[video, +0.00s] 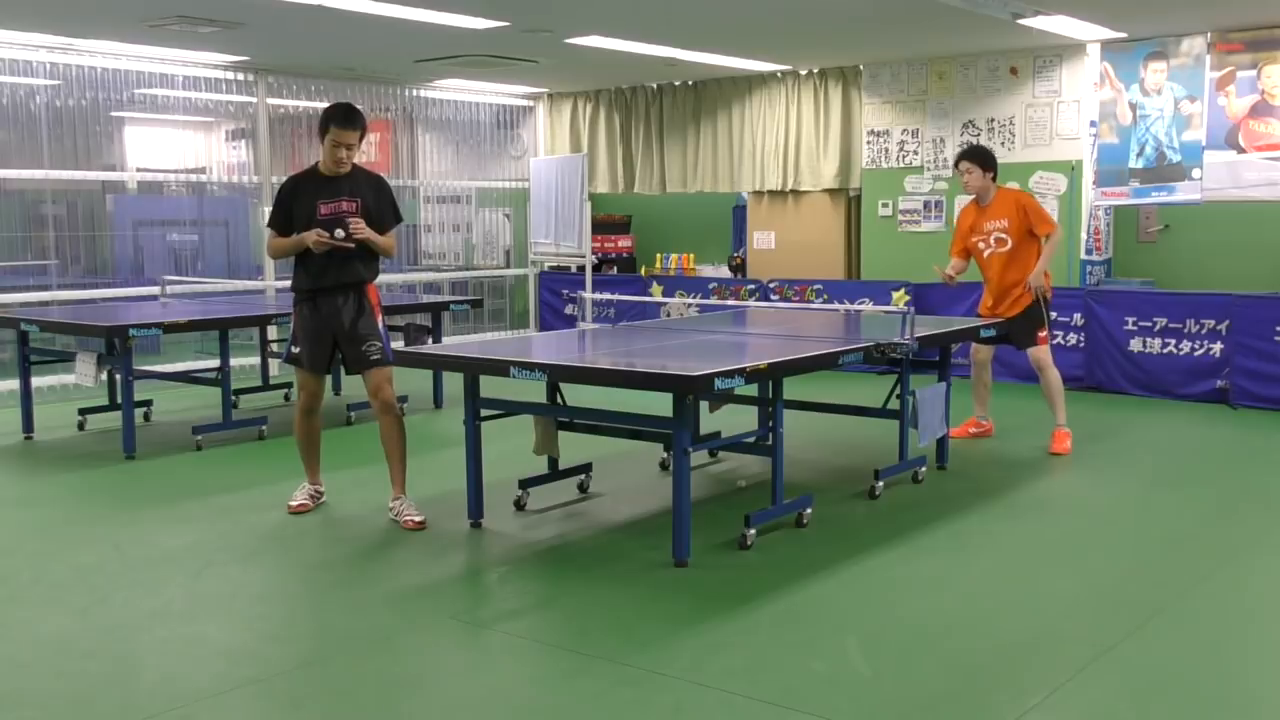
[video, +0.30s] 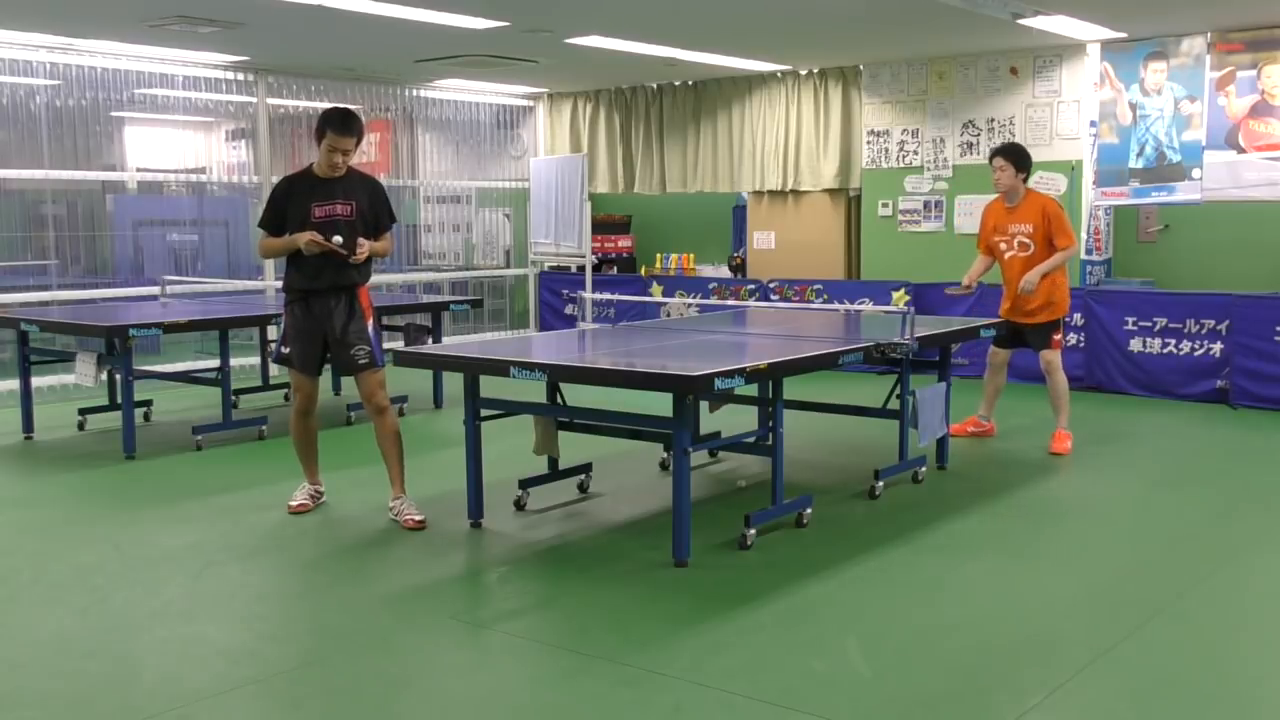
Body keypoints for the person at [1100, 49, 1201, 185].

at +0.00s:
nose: (1158, 77)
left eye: (1162, 72)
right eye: (1154, 71)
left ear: (1167, 73)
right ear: (1143, 72)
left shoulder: (1173, 89)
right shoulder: (1135, 91)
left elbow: (1198, 105)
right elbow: (1125, 121)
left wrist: (1191, 107)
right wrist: (1120, 95)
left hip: (1171, 160)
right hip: (1142, 163)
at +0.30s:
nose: (1158, 77)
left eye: (1162, 72)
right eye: (1154, 71)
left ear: (1167, 73)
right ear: (1143, 72)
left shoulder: (1173, 89)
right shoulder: (1135, 91)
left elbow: (1198, 106)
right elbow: (1125, 121)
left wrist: (1191, 107)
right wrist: (1120, 95)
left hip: (1171, 161)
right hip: (1141, 163)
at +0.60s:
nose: (1158, 77)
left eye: (1162, 72)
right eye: (1154, 71)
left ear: (1167, 73)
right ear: (1143, 72)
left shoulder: (1173, 89)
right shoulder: (1135, 91)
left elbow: (1198, 106)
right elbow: (1125, 121)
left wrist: (1191, 107)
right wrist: (1120, 95)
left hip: (1171, 161)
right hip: (1141, 163)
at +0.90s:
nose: (1158, 77)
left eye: (1162, 72)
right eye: (1154, 71)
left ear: (1167, 73)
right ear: (1143, 72)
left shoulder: (1173, 89)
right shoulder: (1134, 91)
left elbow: (1198, 106)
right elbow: (1125, 121)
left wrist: (1191, 107)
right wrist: (1120, 95)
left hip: (1171, 161)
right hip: (1141, 163)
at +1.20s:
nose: (1158, 77)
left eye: (1162, 72)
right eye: (1154, 71)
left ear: (1167, 73)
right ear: (1143, 72)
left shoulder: (1173, 89)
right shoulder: (1135, 91)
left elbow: (1198, 105)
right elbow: (1125, 120)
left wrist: (1191, 107)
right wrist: (1120, 95)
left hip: (1171, 162)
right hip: (1141, 164)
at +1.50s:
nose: (1158, 77)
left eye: (1162, 72)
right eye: (1154, 71)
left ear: (1167, 73)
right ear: (1143, 72)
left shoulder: (1173, 89)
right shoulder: (1135, 91)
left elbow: (1198, 105)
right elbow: (1125, 120)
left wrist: (1191, 107)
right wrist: (1120, 95)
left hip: (1171, 162)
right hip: (1141, 164)